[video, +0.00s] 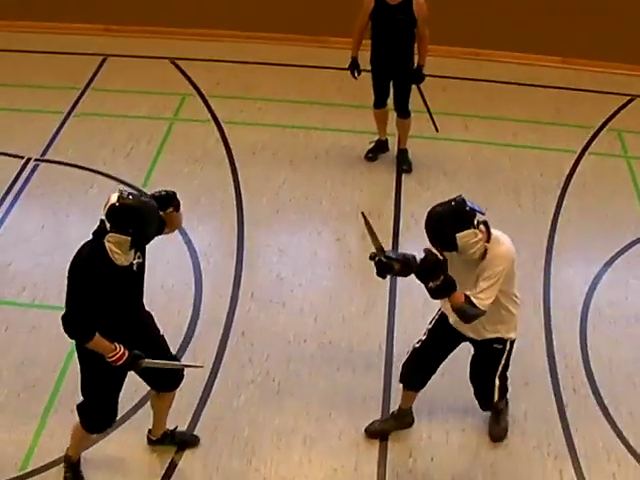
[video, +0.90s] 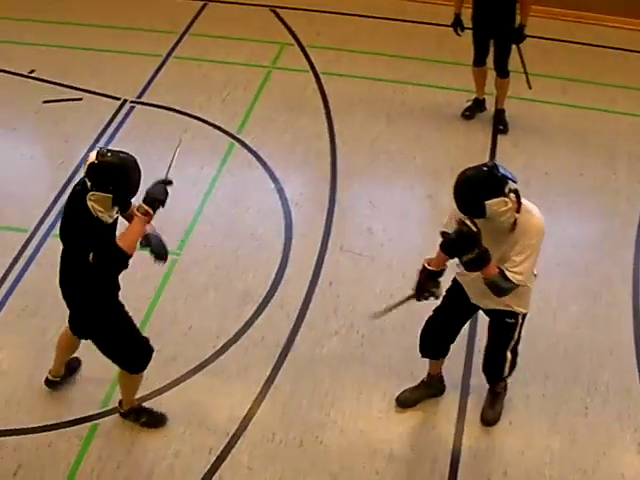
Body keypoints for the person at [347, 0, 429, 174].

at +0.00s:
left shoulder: (416, 4)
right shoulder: (372, 3)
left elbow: (422, 34)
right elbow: (361, 27)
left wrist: (420, 65)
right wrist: (354, 56)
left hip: (403, 65)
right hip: (379, 64)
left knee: (402, 108)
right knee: (379, 103)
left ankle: (402, 150)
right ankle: (381, 141)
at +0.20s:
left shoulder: (434, 1)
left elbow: (441, 18)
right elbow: (380, 11)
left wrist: (439, 52)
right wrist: (374, 42)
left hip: (422, 48)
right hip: (398, 46)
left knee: (420, 95)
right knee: (397, 89)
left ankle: (420, 136)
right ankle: (399, 127)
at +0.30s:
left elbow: (453, 5)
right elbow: (391, 2)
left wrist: (450, 37)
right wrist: (386, 26)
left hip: (433, 32)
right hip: (409, 30)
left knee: (431, 78)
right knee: (408, 72)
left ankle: (431, 121)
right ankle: (410, 111)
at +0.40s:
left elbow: (462, 1)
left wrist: (459, 24)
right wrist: (396, 14)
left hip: (442, 20)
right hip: (418, 19)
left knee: (441, 67)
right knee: (417, 60)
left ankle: (439, 109)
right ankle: (419, 99)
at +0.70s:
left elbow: (491, 0)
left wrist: (488, 21)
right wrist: (424, 11)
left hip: (471, 17)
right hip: (447, 16)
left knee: (469, 64)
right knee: (446, 57)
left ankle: (467, 106)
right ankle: (447, 96)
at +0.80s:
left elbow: (506, 1)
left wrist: (504, 23)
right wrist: (439, 12)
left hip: (487, 20)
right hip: (463, 18)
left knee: (484, 66)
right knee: (461, 59)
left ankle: (482, 109)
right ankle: (462, 98)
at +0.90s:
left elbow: (525, 2)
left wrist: (522, 25)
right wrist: (457, 14)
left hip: (505, 22)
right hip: (480, 20)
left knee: (502, 69)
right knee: (478, 61)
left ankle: (500, 111)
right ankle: (479, 100)